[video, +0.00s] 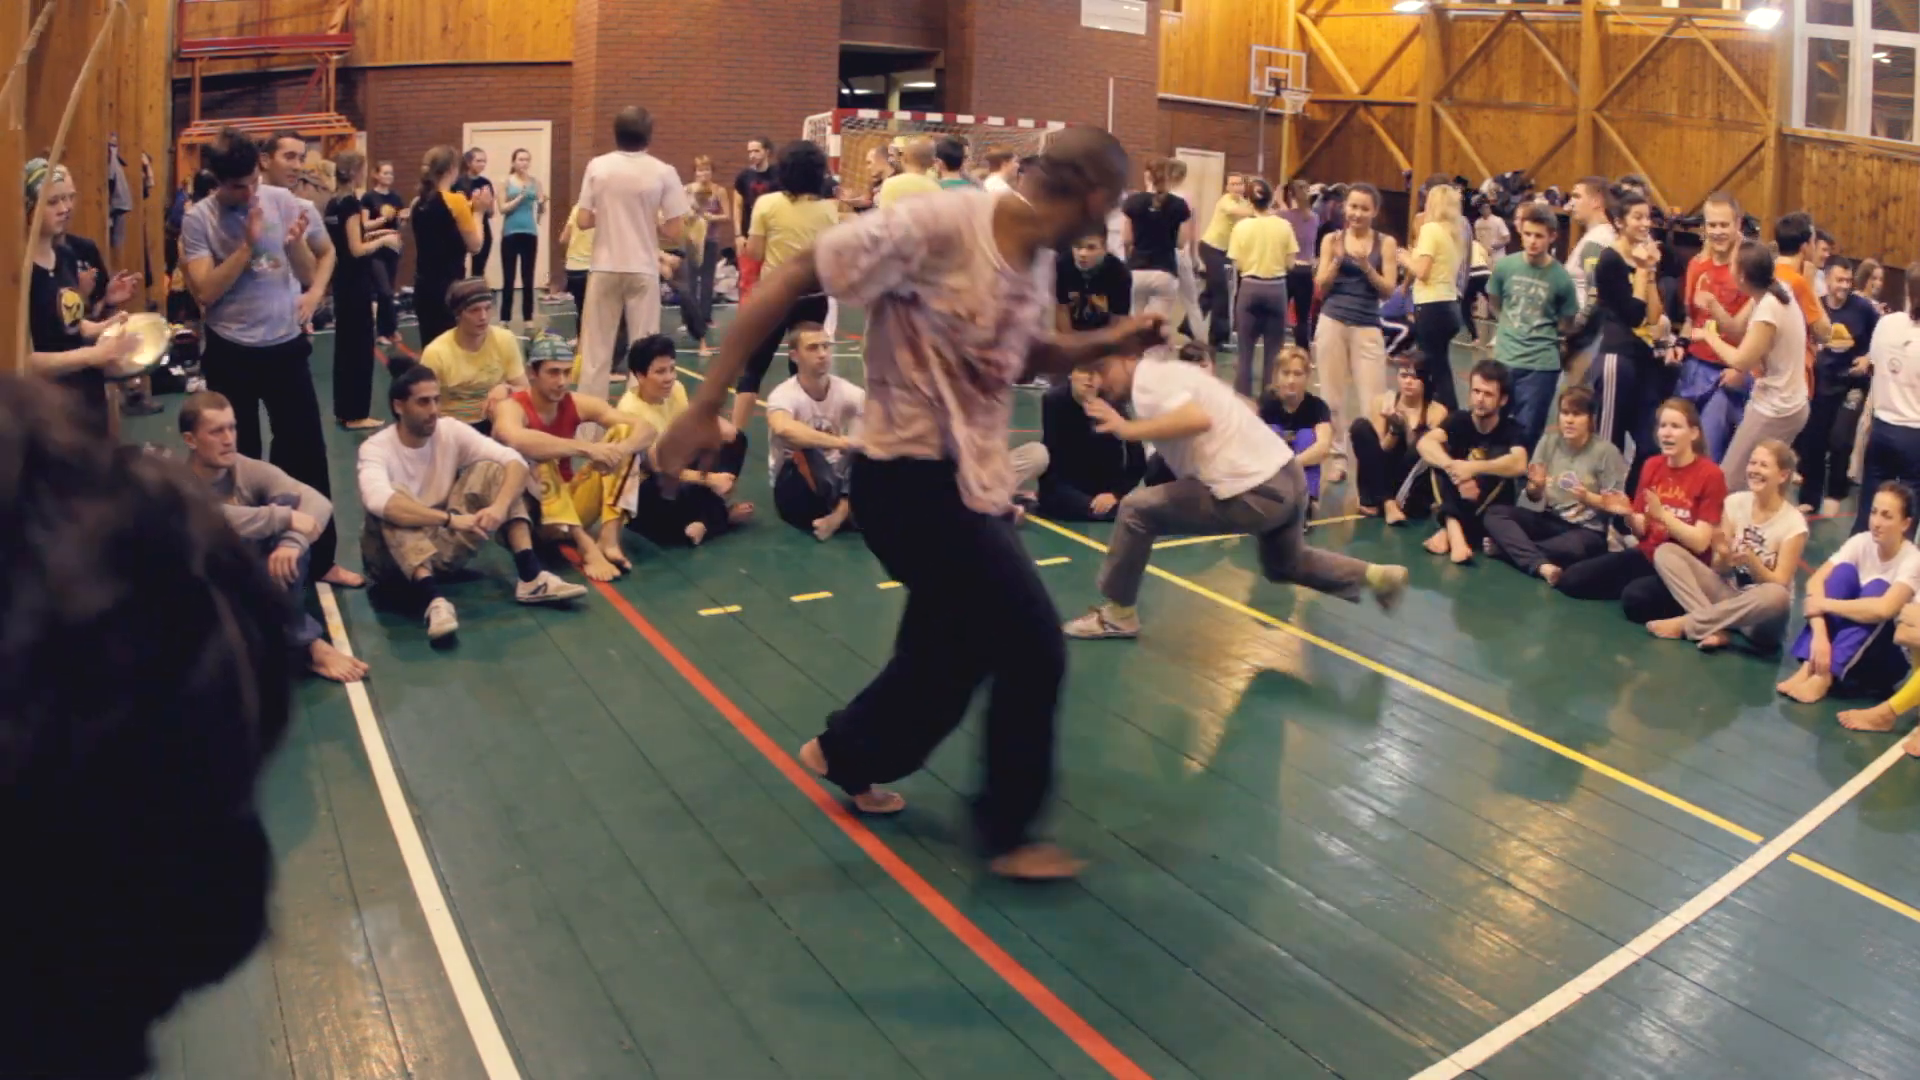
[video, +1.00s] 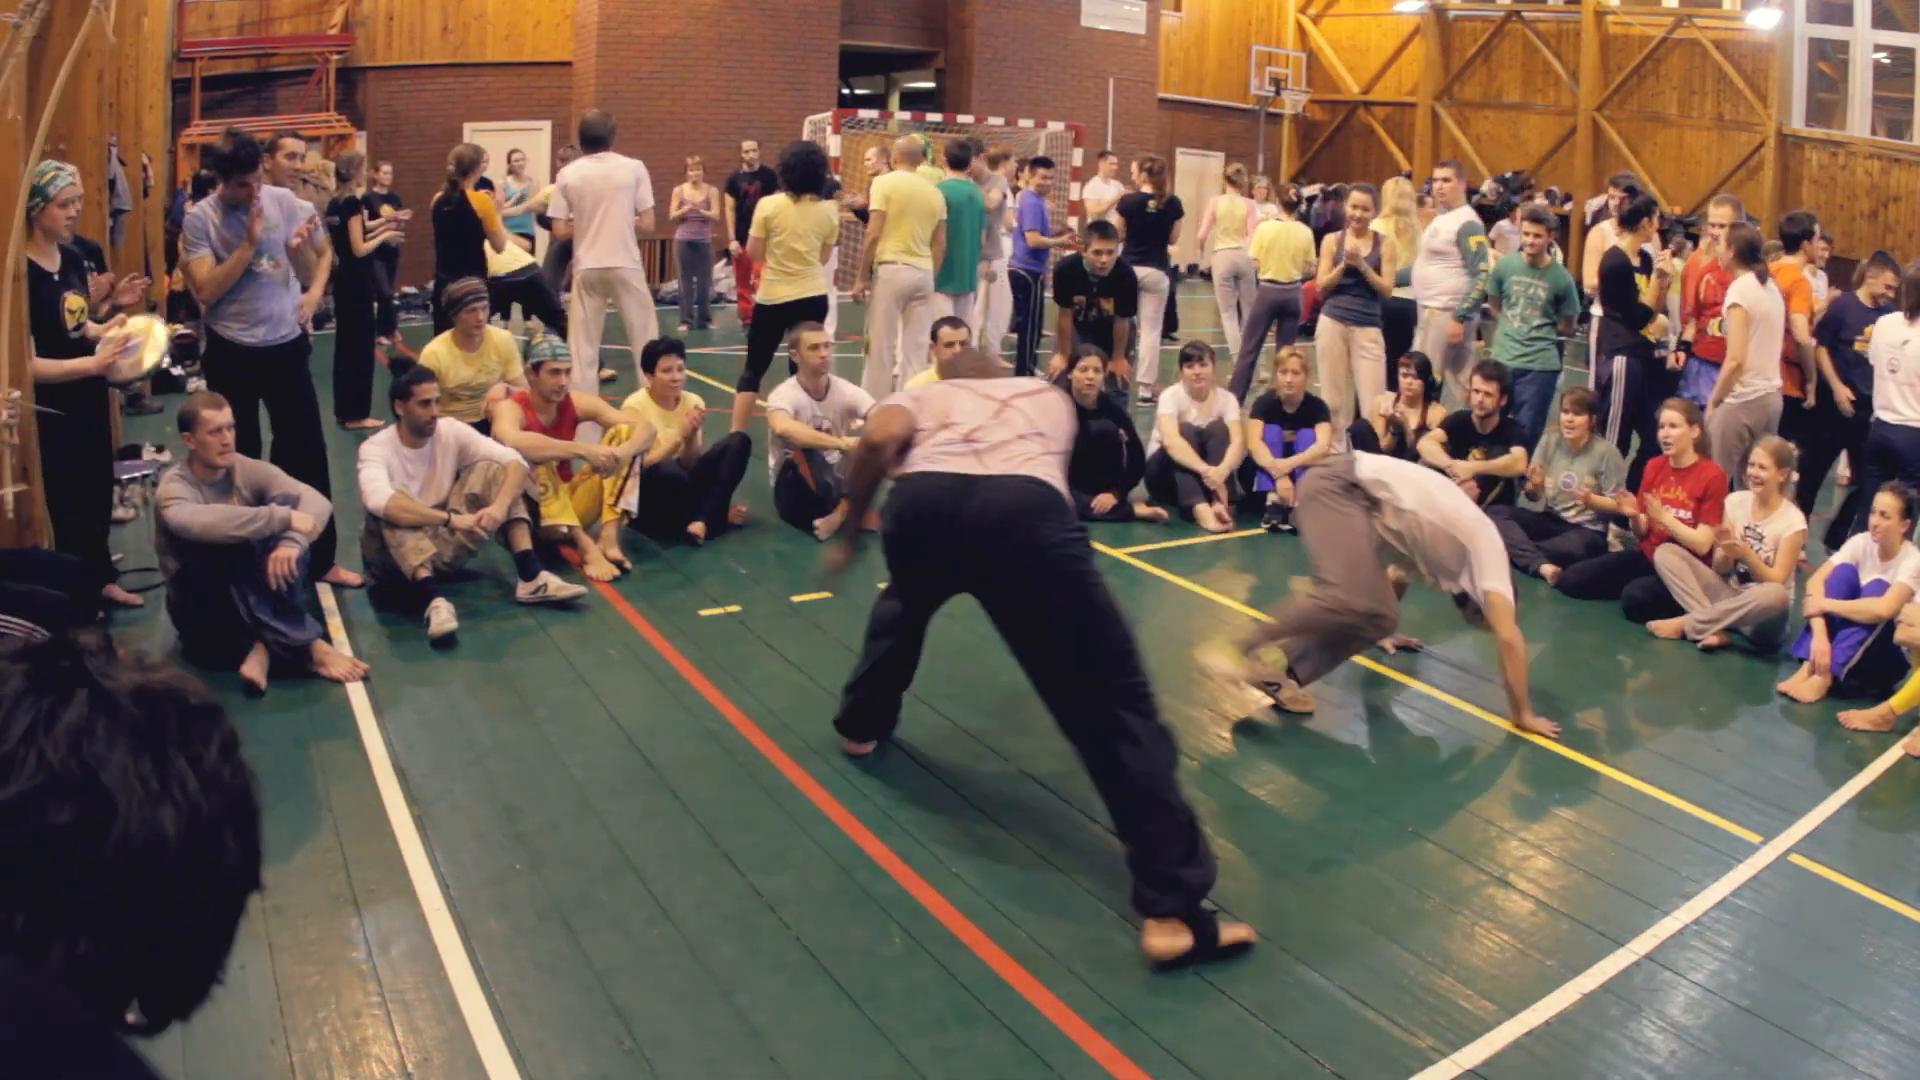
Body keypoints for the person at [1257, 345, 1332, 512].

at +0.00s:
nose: (1291, 381)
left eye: (1298, 374)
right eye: (1286, 374)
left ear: (1307, 378)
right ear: (1276, 376)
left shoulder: (1317, 406)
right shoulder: (1267, 402)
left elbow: (1323, 447)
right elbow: (1255, 438)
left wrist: (1290, 465)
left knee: (1306, 435)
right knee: (1270, 433)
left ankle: (1309, 496)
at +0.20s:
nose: (1290, 380)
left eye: (1297, 374)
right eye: (1285, 373)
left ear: (1307, 378)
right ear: (1276, 375)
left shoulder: (1317, 406)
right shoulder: (1264, 403)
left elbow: (1324, 445)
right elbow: (1253, 438)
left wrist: (1295, 467)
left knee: (1307, 435)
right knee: (1272, 431)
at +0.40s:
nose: (1289, 380)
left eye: (1296, 373)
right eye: (1284, 372)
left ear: (1307, 378)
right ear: (1276, 376)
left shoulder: (1317, 406)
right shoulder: (1263, 403)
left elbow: (1323, 445)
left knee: (1307, 435)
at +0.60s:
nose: (1288, 380)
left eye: (1295, 373)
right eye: (1283, 373)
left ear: (1306, 377)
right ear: (1275, 375)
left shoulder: (1317, 407)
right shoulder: (1264, 402)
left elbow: (1326, 451)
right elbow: (1253, 442)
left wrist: (1289, 465)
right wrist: (1279, 476)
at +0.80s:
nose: (1288, 380)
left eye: (1295, 373)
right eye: (1283, 373)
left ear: (1305, 377)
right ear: (1274, 376)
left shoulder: (1317, 406)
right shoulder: (1263, 403)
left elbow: (1322, 448)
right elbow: (1253, 441)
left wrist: (1290, 463)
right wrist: (1270, 464)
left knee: (1306, 435)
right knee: (1272, 433)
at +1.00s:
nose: (1289, 379)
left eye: (1295, 373)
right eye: (1283, 372)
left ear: (1306, 377)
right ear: (1275, 376)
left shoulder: (1317, 406)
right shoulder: (1263, 403)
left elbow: (1324, 447)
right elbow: (1253, 443)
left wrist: (1286, 465)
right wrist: (1280, 476)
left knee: (1307, 435)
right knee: (1271, 431)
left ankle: (1302, 502)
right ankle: (1272, 499)